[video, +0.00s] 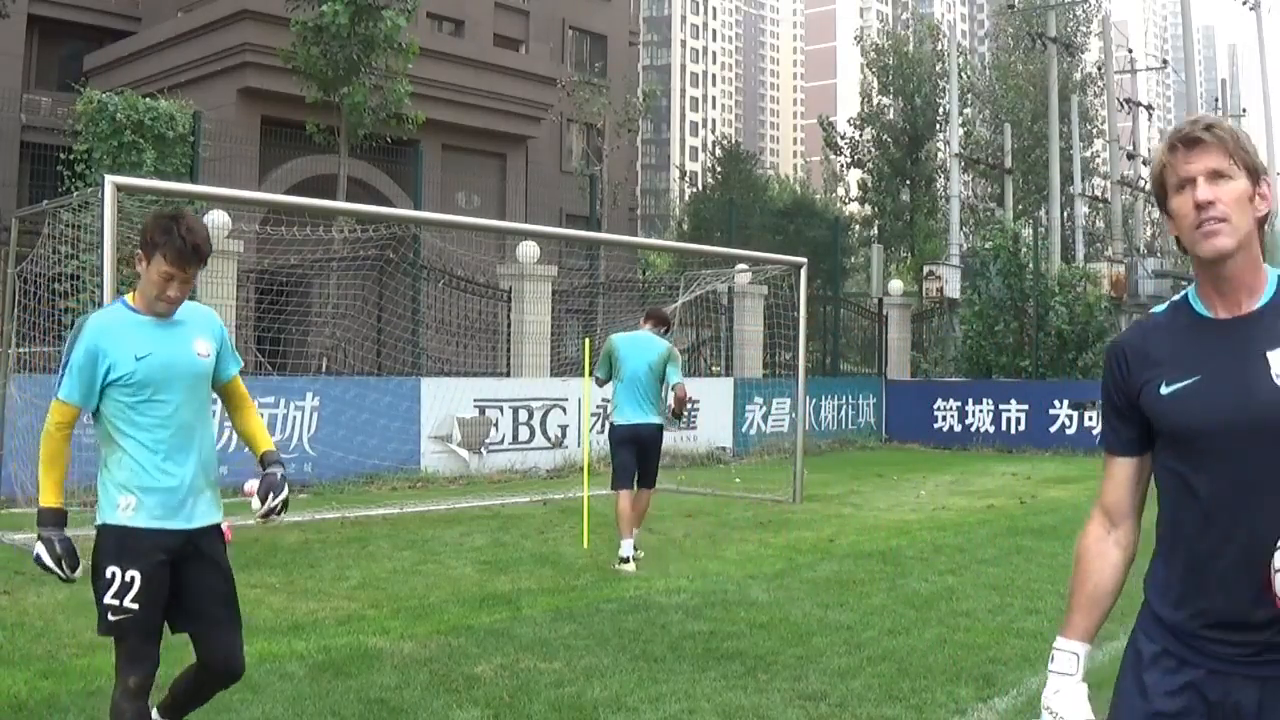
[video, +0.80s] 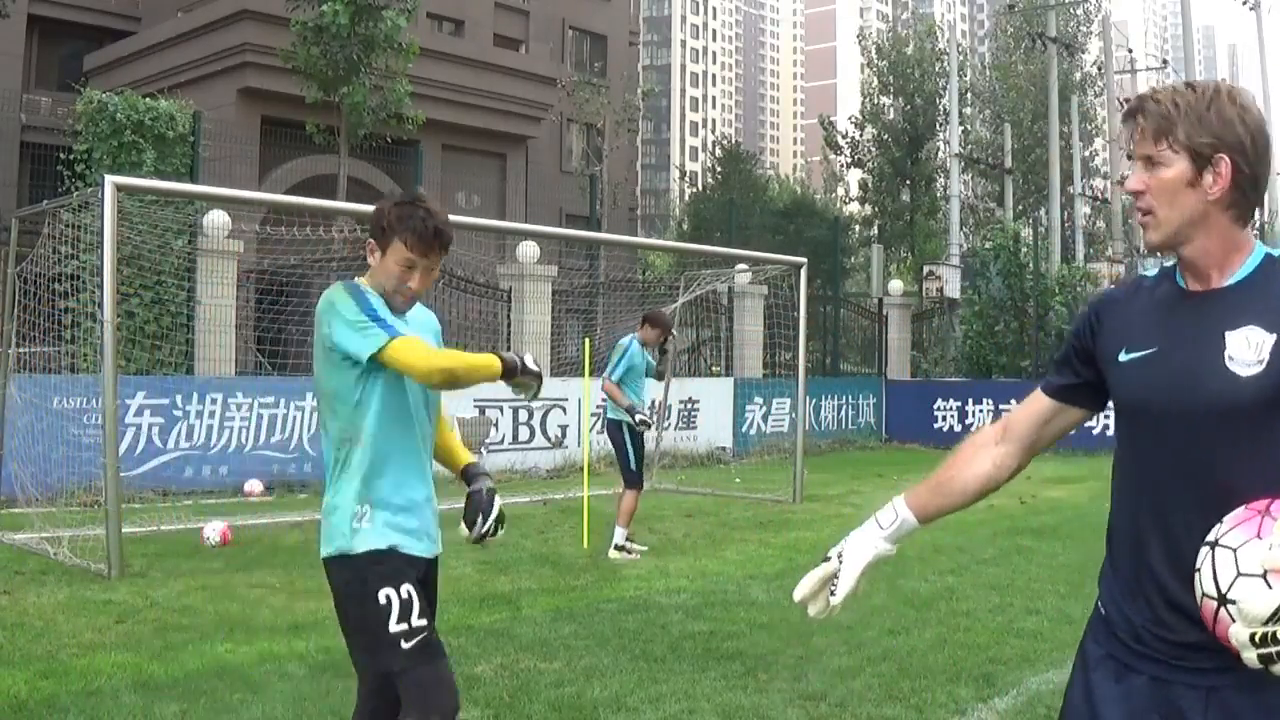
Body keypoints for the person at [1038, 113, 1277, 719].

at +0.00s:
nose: (1203, 196)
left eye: (1220, 176)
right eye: (1183, 186)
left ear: (1261, 196)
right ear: (1170, 219)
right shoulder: (1140, 353)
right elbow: (1112, 522)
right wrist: (1066, 665)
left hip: (1275, 662)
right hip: (1175, 662)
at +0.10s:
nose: (1171, 193)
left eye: (1188, 172)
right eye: (1152, 183)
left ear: (1231, 192)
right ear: (1137, 218)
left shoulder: (1277, 311)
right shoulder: (1114, 351)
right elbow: (1077, 523)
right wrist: (1025, 663)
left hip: (1272, 660)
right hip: (1157, 665)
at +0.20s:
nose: (1141, 200)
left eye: (1156, 177)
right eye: (1119, 188)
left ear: (1197, 188)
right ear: (1101, 219)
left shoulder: (1271, 301)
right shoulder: (1082, 354)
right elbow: (1033, 518)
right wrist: (960, 652)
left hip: (1264, 662)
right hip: (1136, 666)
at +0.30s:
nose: (1131, 200)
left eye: (1145, 177)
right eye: (1106, 188)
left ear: (1181, 186)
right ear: (1086, 219)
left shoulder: (1268, 301)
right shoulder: (1068, 353)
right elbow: (1007, 511)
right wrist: (920, 639)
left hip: (1260, 663)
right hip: (1126, 670)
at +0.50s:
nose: (1098, 200)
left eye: (1117, 177)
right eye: (1081, 185)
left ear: (1171, 184)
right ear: (1070, 204)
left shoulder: (1261, 302)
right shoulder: (1056, 345)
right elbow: (963, 490)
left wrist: (1272, 557)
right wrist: (849, 597)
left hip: (1249, 669)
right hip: (1110, 675)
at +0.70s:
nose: (1110, 193)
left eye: (1134, 173)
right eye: (1105, 175)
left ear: (1197, 180)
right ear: (1099, 181)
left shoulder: (1269, 301)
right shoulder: (1080, 329)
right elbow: (976, 455)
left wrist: (1273, 564)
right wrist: (852, 549)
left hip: (1247, 674)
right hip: (1109, 671)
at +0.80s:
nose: (1131, 183)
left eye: (1153, 162)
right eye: (1134, 164)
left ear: (1217, 175)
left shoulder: (1275, 301)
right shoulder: (1117, 317)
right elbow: (1009, 437)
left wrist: (1272, 583)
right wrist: (884, 525)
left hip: (1250, 675)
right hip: (1122, 662)